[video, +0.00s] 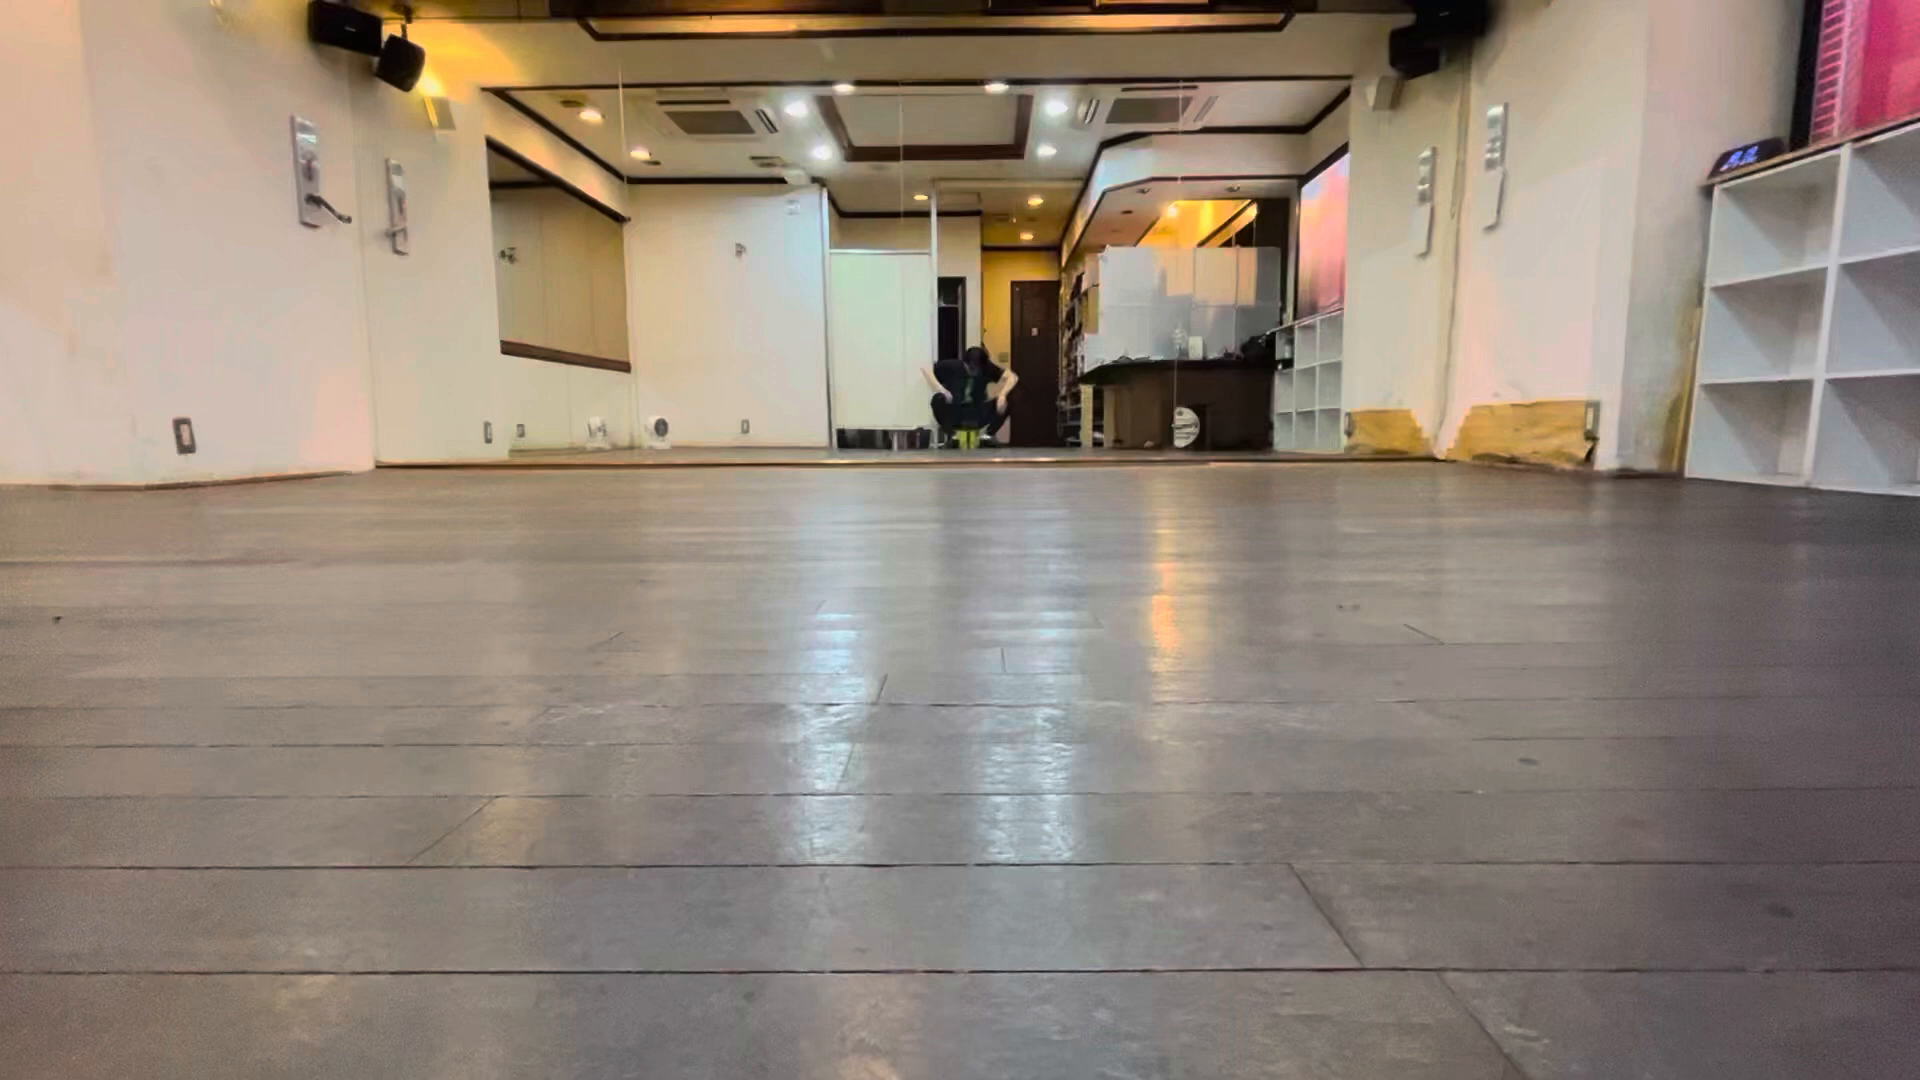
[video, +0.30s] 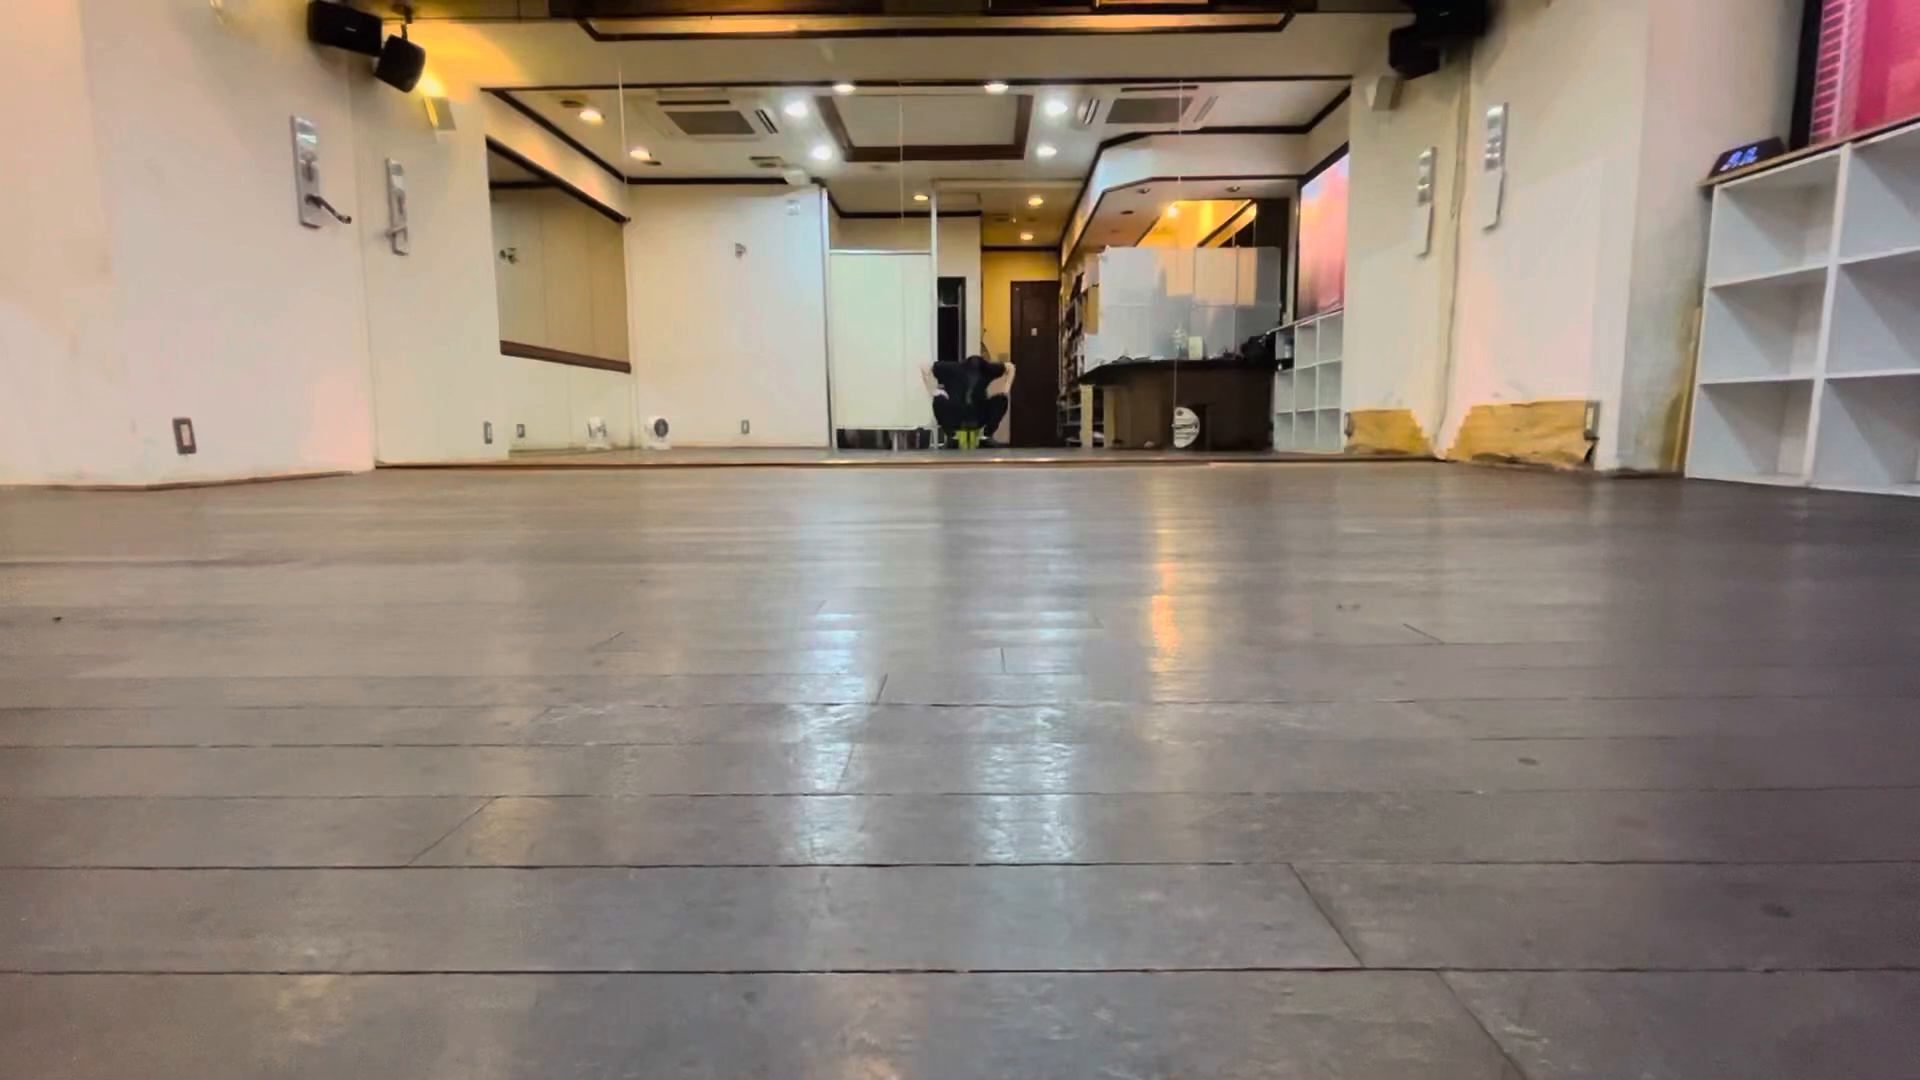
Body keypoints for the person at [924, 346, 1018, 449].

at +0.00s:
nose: (974, 371)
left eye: (977, 369)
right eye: (971, 368)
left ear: (983, 366)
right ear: (965, 363)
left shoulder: (987, 368)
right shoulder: (953, 367)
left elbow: (1012, 377)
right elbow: (926, 369)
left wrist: (1002, 395)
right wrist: (942, 390)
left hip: (978, 413)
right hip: (955, 412)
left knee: (1004, 402)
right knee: (938, 399)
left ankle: (988, 435)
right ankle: (950, 436)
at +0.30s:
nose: (971, 379)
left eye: (977, 375)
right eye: (968, 374)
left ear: (983, 370)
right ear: (964, 368)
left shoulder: (987, 369)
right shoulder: (951, 368)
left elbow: (1010, 367)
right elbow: (925, 369)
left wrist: (1007, 386)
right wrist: (932, 392)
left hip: (978, 415)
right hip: (955, 416)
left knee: (1001, 399)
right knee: (939, 400)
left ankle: (986, 437)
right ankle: (951, 438)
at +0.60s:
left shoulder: (993, 364)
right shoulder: (960, 363)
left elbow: (1022, 366)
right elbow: (928, 368)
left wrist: (1012, 390)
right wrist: (934, 392)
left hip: (978, 395)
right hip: (957, 395)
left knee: (1003, 401)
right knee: (943, 401)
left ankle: (986, 437)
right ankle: (951, 438)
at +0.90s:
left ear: (1006, 336)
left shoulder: (1006, 334)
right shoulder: (973, 332)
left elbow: (1018, 354)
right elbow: (947, 351)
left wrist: (1011, 383)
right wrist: (944, 382)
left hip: (984, 363)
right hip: (960, 362)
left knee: (1000, 395)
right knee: (950, 394)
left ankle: (983, 435)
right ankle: (950, 434)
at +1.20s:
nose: (1009, 301)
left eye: (1013, 298)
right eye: (1007, 296)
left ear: (1017, 293)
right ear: (999, 289)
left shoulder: (1015, 305)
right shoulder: (981, 299)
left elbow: (1013, 334)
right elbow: (963, 325)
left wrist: (1007, 361)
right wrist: (959, 355)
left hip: (992, 355)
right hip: (972, 353)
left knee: (994, 394)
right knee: (967, 391)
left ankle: (982, 435)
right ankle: (958, 431)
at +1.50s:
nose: (1018, 276)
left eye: (1020, 271)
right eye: (1015, 271)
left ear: (1019, 271)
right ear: (1004, 268)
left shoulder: (1017, 291)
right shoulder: (985, 287)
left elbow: (1019, 325)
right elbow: (971, 318)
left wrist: (1015, 352)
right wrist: (969, 347)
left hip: (1005, 346)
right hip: (986, 345)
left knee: (1005, 389)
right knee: (991, 387)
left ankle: (987, 428)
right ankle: (986, 431)